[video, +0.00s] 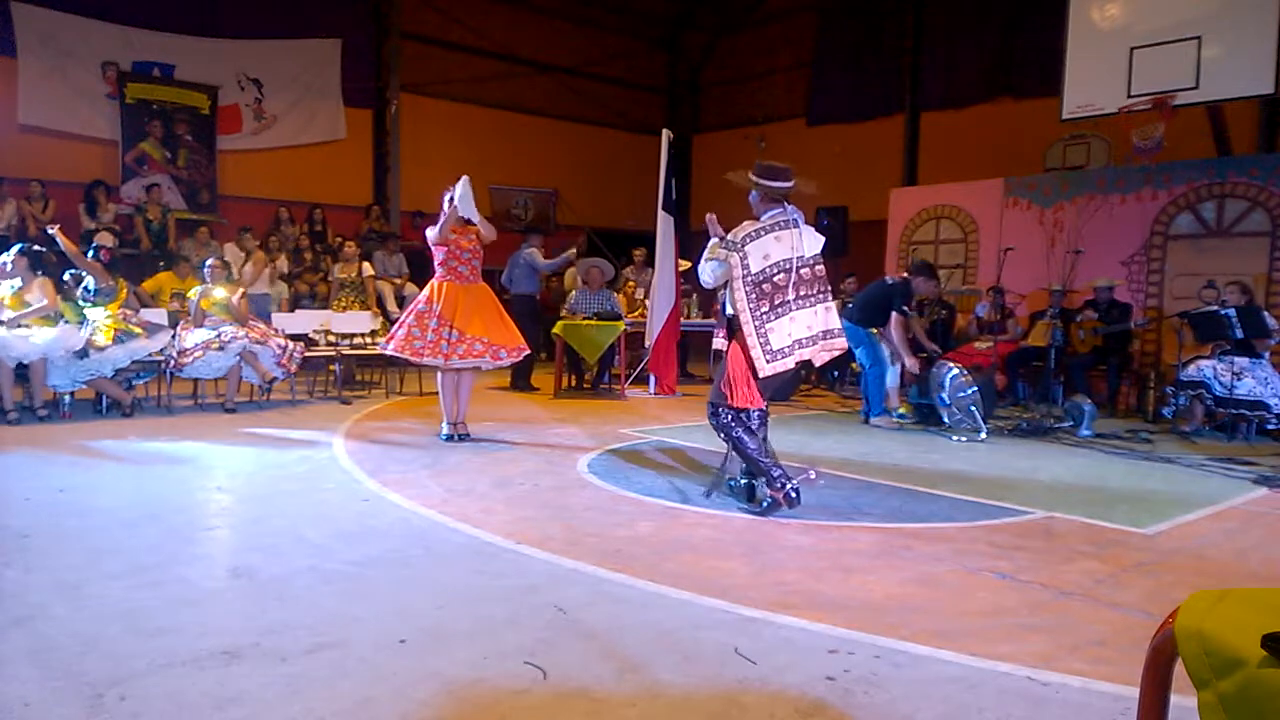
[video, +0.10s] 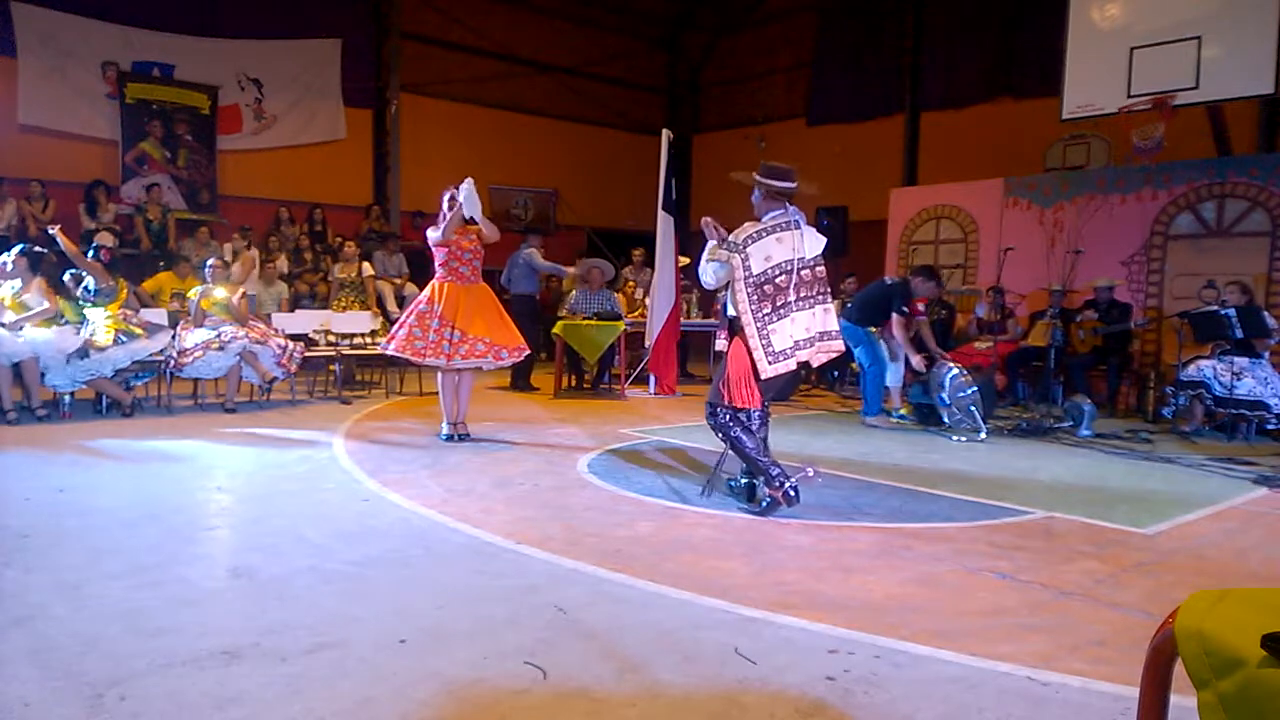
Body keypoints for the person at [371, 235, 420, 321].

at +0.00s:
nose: (395, 244)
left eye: (396, 241)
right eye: (392, 241)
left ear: (398, 243)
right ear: (386, 243)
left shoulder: (400, 255)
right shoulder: (378, 255)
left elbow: (405, 273)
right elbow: (379, 273)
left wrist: (402, 284)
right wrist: (393, 283)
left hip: (398, 278)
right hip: (384, 278)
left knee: (414, 292)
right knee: (387, 290)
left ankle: (406, 315)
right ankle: (395, 315)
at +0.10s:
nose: (395, 244)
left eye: (396, 242)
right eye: (392, 242)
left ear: (398, 243)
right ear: (386, 243)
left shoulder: (400, 255)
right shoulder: (378, 255)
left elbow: (405, 272)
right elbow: (379, 273)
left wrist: (402, 284)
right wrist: (393, 283)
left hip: (398, 278)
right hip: (384, 278)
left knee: (414, 292)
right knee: (387, 290)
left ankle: (406, 315)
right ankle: (395, 315)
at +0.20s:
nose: (396, 244)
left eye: (397, 242)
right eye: (393, 242)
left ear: (398, 243)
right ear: (387, 243)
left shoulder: (400, 255)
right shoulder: (379, 255)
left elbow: (405, 272)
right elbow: (380, 274)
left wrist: (402, 284)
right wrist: (394, 282)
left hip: (398, 278)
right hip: (384, 278)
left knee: (414, 291)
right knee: (387, 290)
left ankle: (406, 315)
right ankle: (396, 316)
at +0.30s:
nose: (396, 244)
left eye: (397, 242)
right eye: (393, 242)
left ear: (399, 243)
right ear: (387, 243)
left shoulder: (400, 256)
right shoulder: (379, 255)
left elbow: (405, 272)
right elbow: (379, 273)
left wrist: (403, 283)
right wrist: (394, 282)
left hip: (398, 278)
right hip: (384, 278)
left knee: (414, 292)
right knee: (387, 290)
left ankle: (407, 316)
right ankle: (395, 315)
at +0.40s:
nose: (396, 244)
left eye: (397, 241)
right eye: (393, 241)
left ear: (398, 243)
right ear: (387, 243)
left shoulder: (400, 255)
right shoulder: (379, 254)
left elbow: (405, 272)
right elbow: (379, 273)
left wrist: (403, 283)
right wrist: (394, 282)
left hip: (398, 278)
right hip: (384, 278)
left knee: (414, 291)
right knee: (387, 290)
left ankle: (406, 315)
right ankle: (395, 315)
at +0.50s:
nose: (396, 245)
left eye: (397, 242)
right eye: (393, 243)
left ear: (398, 244)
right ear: (386, 244)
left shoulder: (400, 255)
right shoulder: (379, 255)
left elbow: (405, 272)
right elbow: (379, 273)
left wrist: (402, 283)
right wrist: (394, 282)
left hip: (398, 278)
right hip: (384, 278)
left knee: (414, 291)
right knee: (387, 290)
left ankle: (406, 315)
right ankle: (395, 315)